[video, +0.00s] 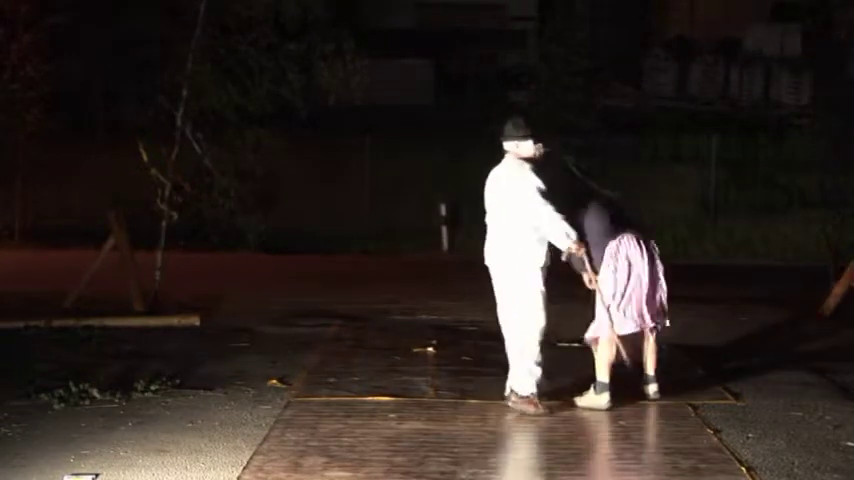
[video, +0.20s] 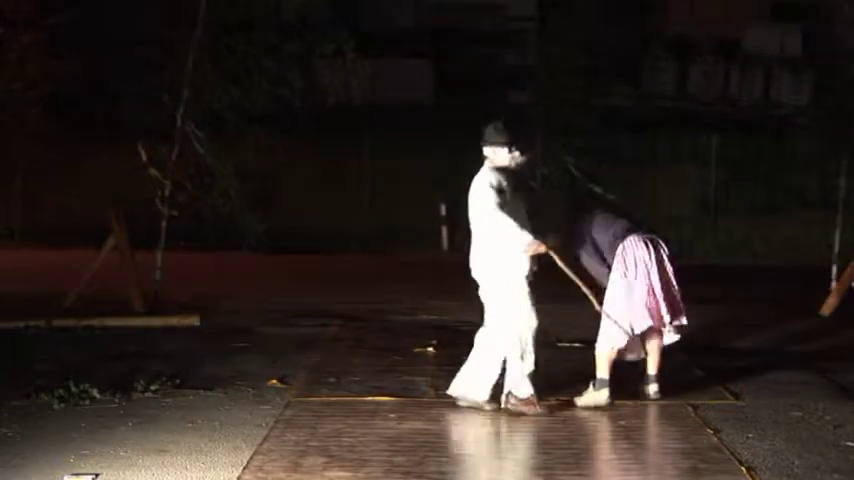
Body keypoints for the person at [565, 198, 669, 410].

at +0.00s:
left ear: (614, 224)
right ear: (633, 222)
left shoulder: (615, 248)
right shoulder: (648, 245)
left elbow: (608, 284)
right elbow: (659, 281)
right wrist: (662, 307)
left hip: (618, 307)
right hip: (645, 304)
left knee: (604, 338)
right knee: (649, 333)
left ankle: (601, 390)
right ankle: (651, 382)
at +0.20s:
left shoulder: (581, 237)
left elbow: (600, 271)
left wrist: (615, 292)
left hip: (628, 255)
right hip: (655, 249)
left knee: (612, 322)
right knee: (654, 322)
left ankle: (601, 387)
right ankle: (652, 383)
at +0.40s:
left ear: (592, 202)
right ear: (614, 198)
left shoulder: (592, 216)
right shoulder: (632, 207)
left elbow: (595, 250)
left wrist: (598, 271)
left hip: (631, 249)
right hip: (661, 243)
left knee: (599, 303)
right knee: (655, 315)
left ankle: (613, 358)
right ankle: (652, 380)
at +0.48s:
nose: (592, 187)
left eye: (593, 184)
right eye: (593, 184)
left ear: (595, 186)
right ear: (619, 184)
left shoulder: (597, 203)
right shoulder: (641, 194)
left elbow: (597, 232)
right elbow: (674, 207)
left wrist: (595, 260)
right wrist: (697, 235)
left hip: (629, 246)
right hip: (661, 242)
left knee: (606, 308)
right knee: (655, 314)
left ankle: (614, 363)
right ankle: (651, 380)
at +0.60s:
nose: (584, 192)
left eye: (584, 188)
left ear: (587, 190)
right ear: (608, 181)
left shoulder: (593, 206)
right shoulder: (637, 191)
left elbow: (604, 239)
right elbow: (667, 200)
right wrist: (686, 230)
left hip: (625, 255)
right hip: (658, 247)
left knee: (612, 315)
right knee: (653, 316)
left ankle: (615, 373)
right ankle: (649, 378)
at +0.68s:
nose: (598, 188)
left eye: (593, 185)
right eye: (600, 182)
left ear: (587, 186)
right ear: (610, 180)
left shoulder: (590, 204)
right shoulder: (634, 193)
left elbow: (596, 217)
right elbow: (667, 203)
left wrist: (627, 227)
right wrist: (680, 233)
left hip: (621, 255)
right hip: (655, 249)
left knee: (613, 312)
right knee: (652, 309)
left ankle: (615, 372)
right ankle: (651, 367)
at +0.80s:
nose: (589, 185)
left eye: (590, 181)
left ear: (594, 182)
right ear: (619, 175)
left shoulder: (596, 203)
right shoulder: (639, 192)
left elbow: (588, 213)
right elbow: (669, 208)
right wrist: (676, 240)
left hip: (619, 252)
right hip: (653, 248)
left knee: (610, 308)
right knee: (650, 304)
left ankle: (615, 371)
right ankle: (654, 357)